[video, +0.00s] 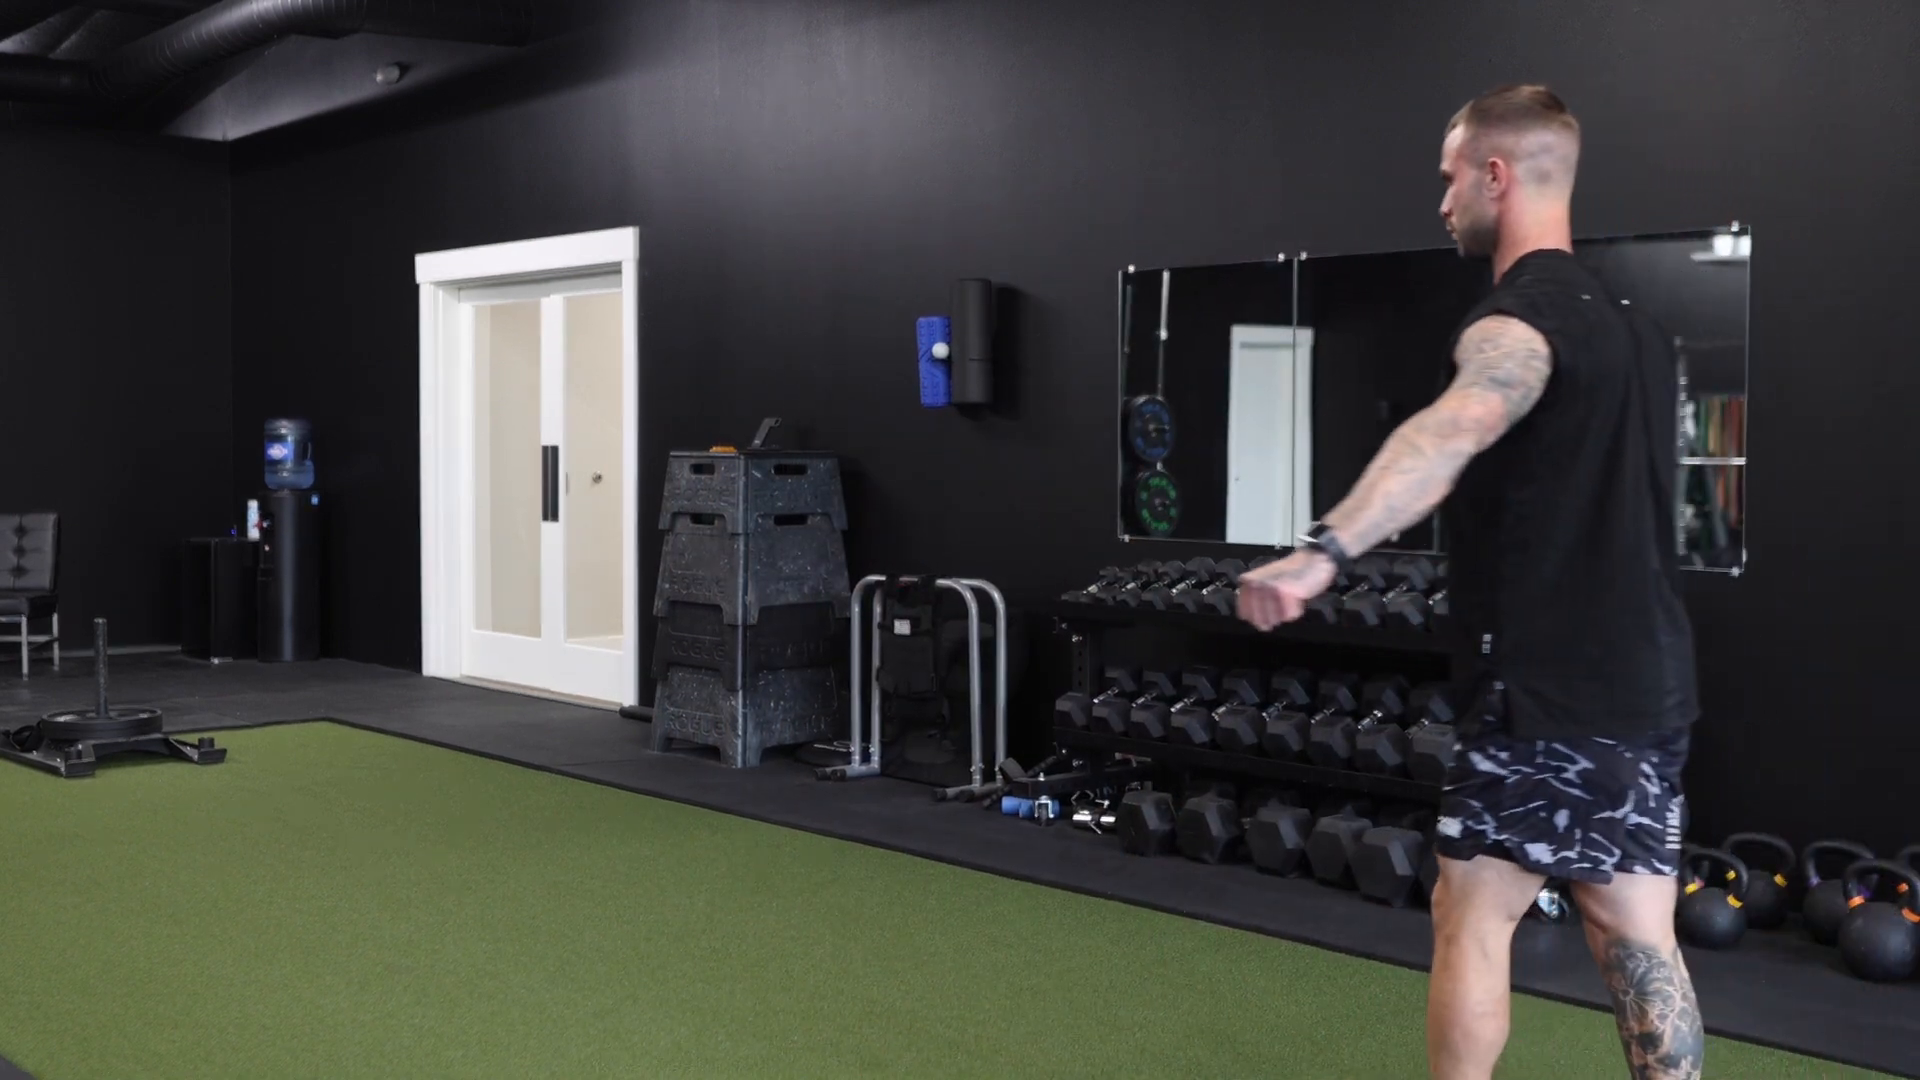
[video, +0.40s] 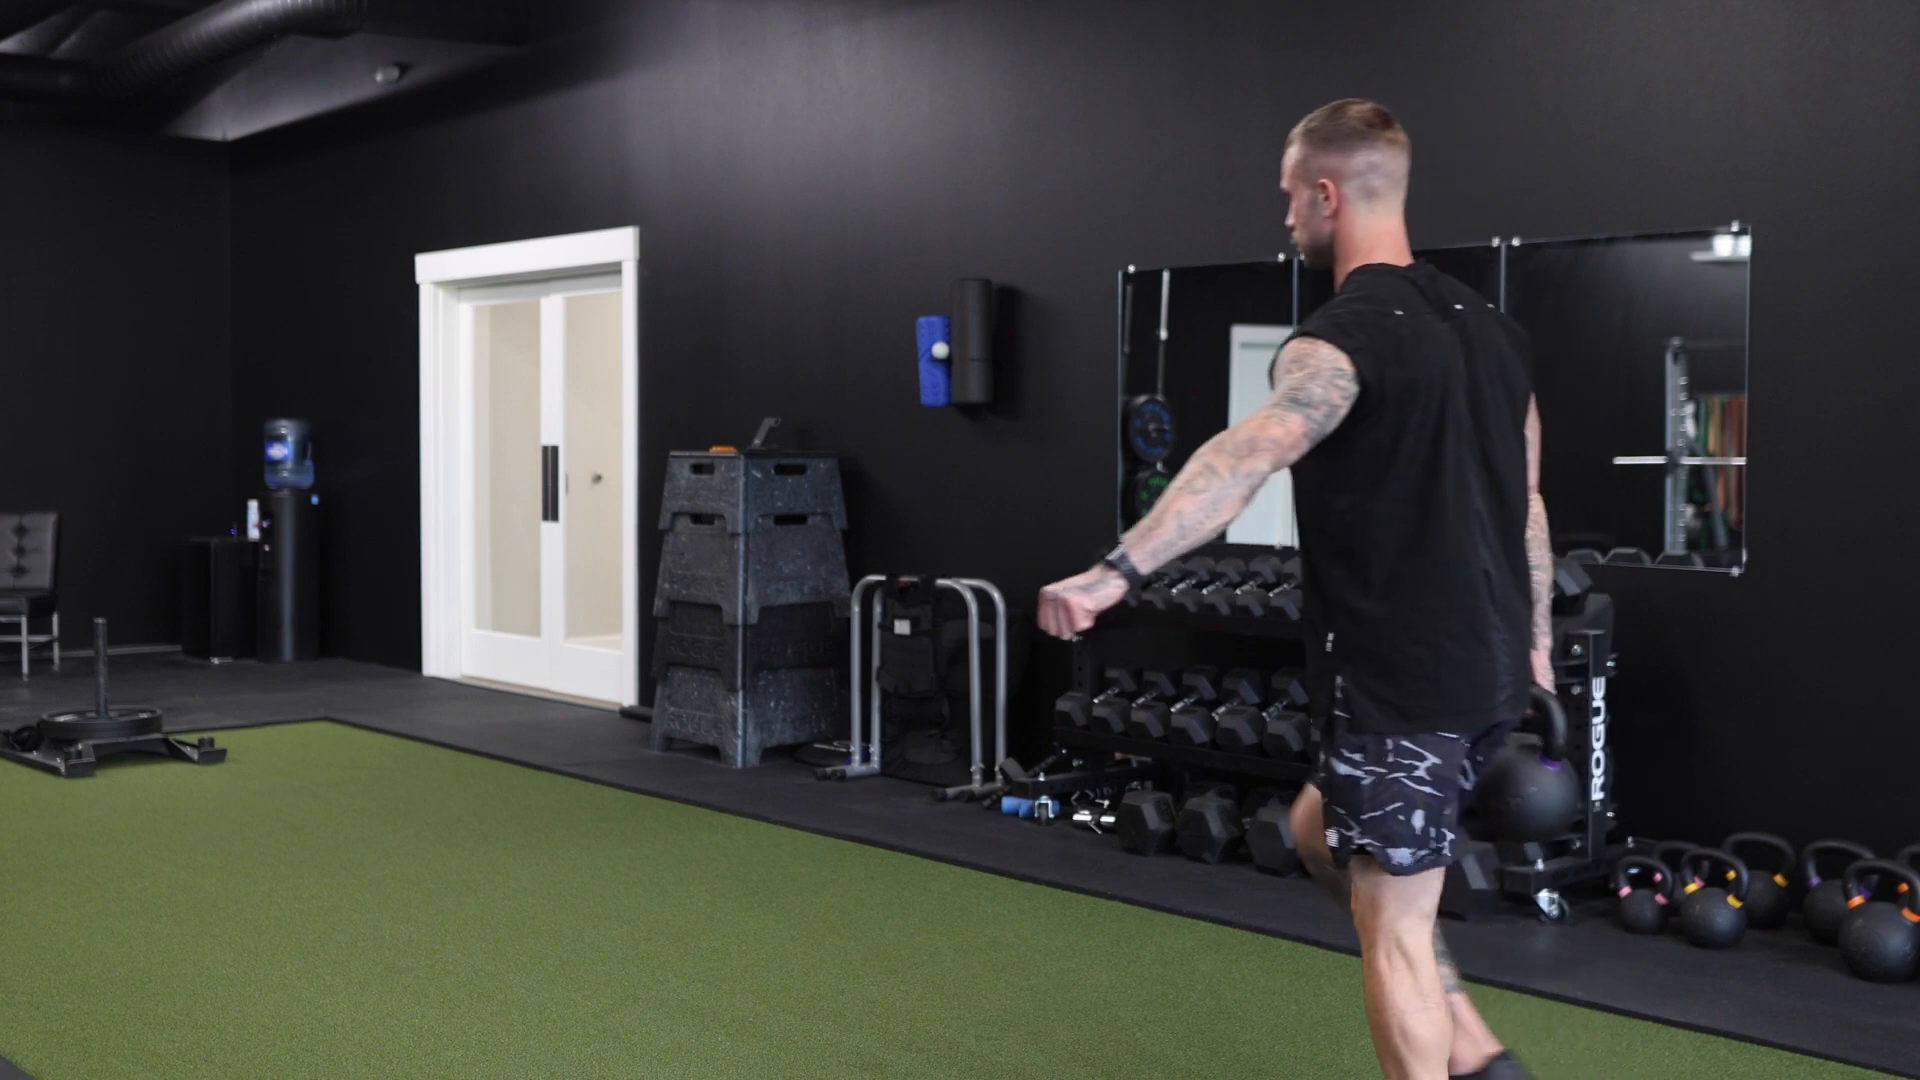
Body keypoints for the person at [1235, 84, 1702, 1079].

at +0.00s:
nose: (1442, 202)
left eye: (1450, 180)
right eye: (1443, 180)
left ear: (1499, 179)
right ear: (1542, 183)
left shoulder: (1523, 315)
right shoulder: (1639, 327)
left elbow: (1458, 425)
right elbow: (1650, 503)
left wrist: (1323, 551)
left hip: (1541, 683)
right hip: (1647, 681)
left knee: (1472, 924)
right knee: (1638, 939)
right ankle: (1673, 1079)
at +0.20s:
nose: (1360, 206)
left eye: (1367, 184)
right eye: (1361, 184)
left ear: (1410, 186)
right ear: (1463, 190)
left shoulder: (1425, 327)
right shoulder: (1555, 328)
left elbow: (1352, 442)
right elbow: (1586, 519)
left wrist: (1210, 565)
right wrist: (1592, 671)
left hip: (1467, 679)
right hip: (1561, 678)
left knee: (1424, 923)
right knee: (1521, 914)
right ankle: (1623, 1074)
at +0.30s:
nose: (1321, 212)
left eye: (1326, 190)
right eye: (1321, 191)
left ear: (1366, 191)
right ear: (1424, 194)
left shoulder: (1383, 331)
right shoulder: (1524, 333)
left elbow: (1307, 444)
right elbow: (1555, 510)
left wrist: (1159, 571)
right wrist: (1569, 653)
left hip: (1433, 675)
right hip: (1521, 673)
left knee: (1409, 930)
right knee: (1432, 895)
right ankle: (1562, 1063)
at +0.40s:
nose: (1288, 223)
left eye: (1291, 201)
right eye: (1288, 202)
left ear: (1328, 197)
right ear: (1394, 196)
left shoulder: (1345, 332)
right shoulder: (1492, 330)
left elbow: (1256, 450)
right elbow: (1526, 503)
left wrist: (1114, 572)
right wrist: (1538, 646)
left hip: (1406, 678)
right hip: (1492, 668)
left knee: (1397, 938)